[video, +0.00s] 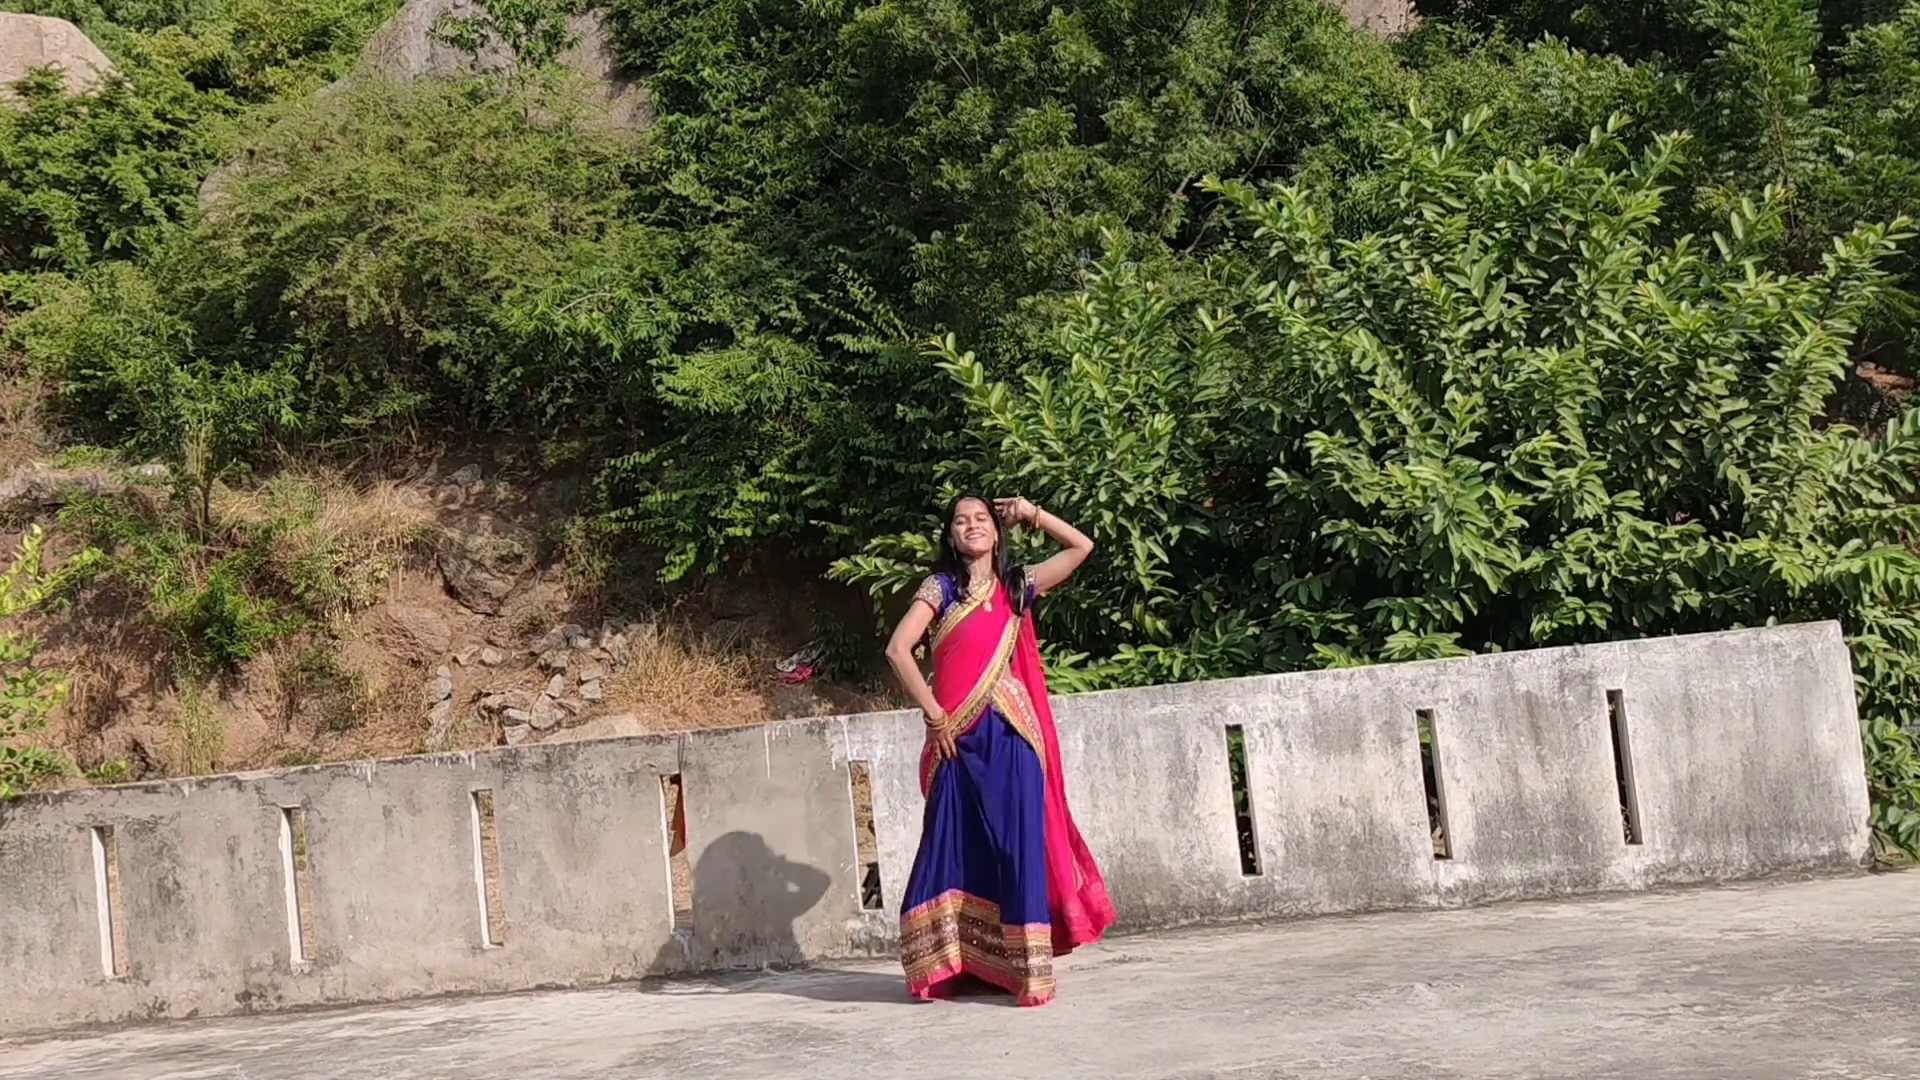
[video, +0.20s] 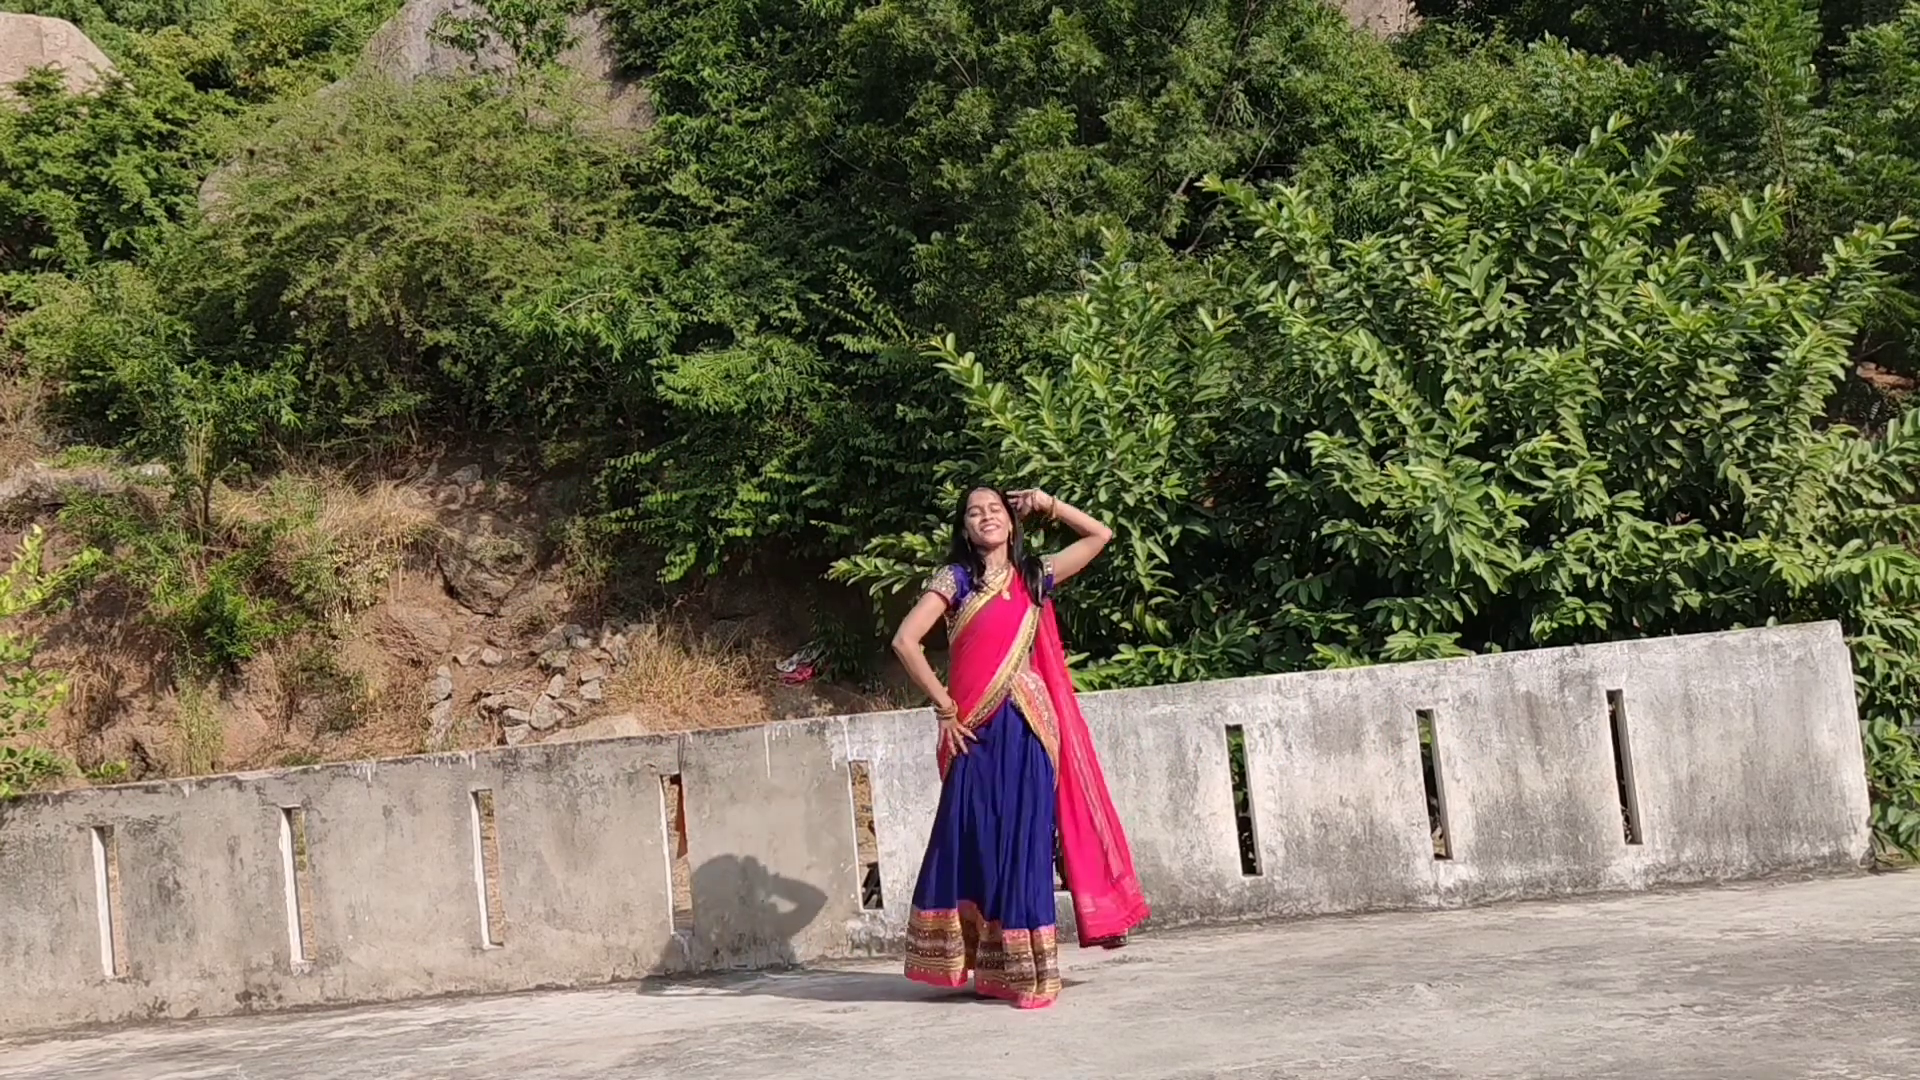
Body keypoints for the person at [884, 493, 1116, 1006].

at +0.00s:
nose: (972, 526)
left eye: (980, 518)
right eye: (962, 521)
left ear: (998, 530)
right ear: (951, 537)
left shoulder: (1019, 585)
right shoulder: (942, 588)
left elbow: (1080, 548)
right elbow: (897, 649)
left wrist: (1032, 514)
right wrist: (935, 716)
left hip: (1014, 728)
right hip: (960, 732)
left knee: (1021, 846)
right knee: (964, 846)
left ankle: (1030, 969)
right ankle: (965, 963)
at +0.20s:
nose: (986, 517)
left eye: (994, 509)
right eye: (975, 513)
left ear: (1012, 521)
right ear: (965, 528)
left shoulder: (1034, 575)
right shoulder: (956, 579)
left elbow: (1098, 536)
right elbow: (905, 641)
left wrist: (1047, 504)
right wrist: (944, 706)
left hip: (1029, 720)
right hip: (975, 725)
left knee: (1028, 842)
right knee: (980, 843)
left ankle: (1029, 968)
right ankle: (988, 965)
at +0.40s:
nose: (999, 524)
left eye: (1006, 514)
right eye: (989, 519)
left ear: (1026, 522)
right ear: (979, 533)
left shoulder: (1050, 578)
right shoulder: (966, 584)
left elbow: (1126, 551)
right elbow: (904, 639)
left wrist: (1081, 511)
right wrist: (945, 703)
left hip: (1036, 714)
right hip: (980, 721)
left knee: (1052, 818)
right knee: (1038, 804)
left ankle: (1045, 962)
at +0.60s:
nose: (1009, 523)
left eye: (1018, 511)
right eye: (1000, 515)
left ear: (1039, 516)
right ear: (990, 525)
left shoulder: (1061, 570)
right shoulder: (977, 576)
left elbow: (1123, 546)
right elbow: (911, 629)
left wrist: (1103, 481)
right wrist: (953, 687)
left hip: (1038, 709)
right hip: (986, 716)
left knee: (1050, 830)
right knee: (1013, 838)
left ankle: (1079, 965)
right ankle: (1041, 970)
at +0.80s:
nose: (1023, 539)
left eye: (1032, 527)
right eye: (1013, 532)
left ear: (1054, 528)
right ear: (1004, 539)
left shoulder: (1079, 580)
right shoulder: (994, 590)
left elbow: (1112, 530)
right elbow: (931, 648)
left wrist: (1137, 473)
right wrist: (974, 684)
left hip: (1062, 720)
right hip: (1009, 726)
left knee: (1056, 843)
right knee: (1032, 845)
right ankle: (1084, 974)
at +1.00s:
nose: (1035, 540)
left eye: (1044, 529)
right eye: (1024, 531)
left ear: (1062, 534)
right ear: (1011, 540)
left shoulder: (1090, 579)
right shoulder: (1001, 604)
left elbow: (1145, 559)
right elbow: (986, 674)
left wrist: (1206, 542)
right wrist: (994, 714)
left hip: (1084, 734)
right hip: (1025, 740)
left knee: (1086, 855)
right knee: (1037, 860)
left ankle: (1100, 983)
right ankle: (1051, 988)